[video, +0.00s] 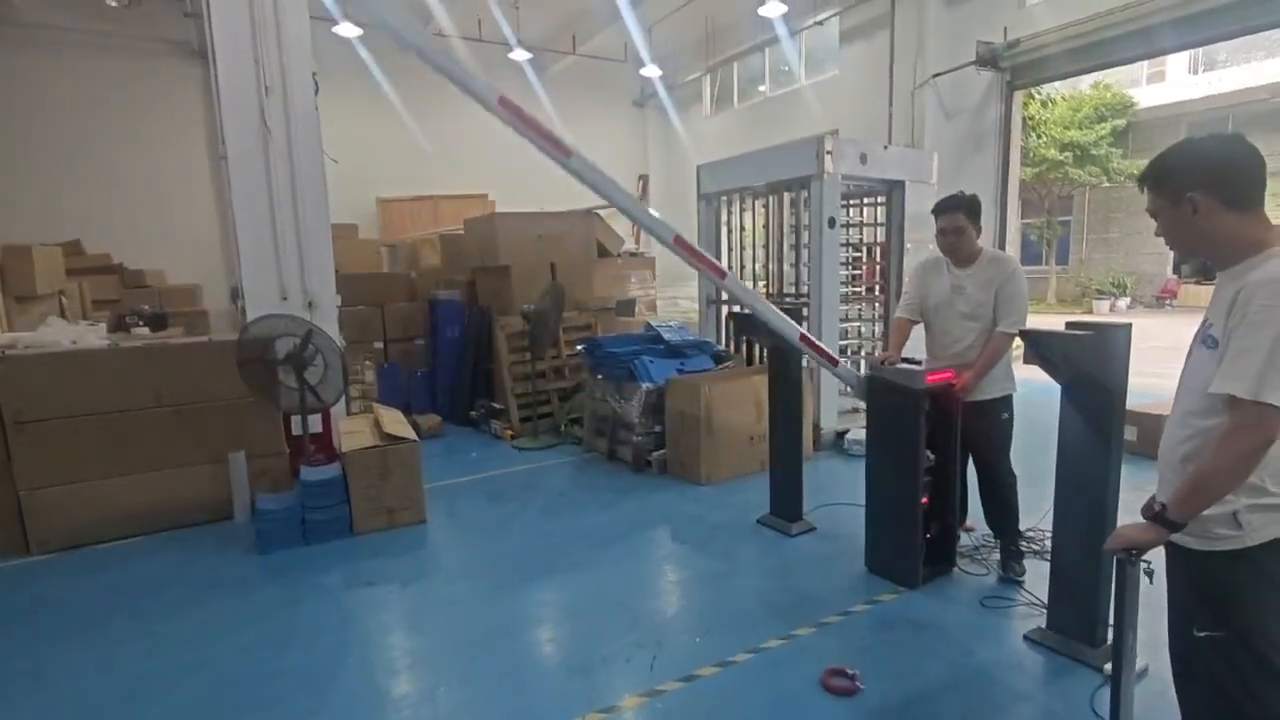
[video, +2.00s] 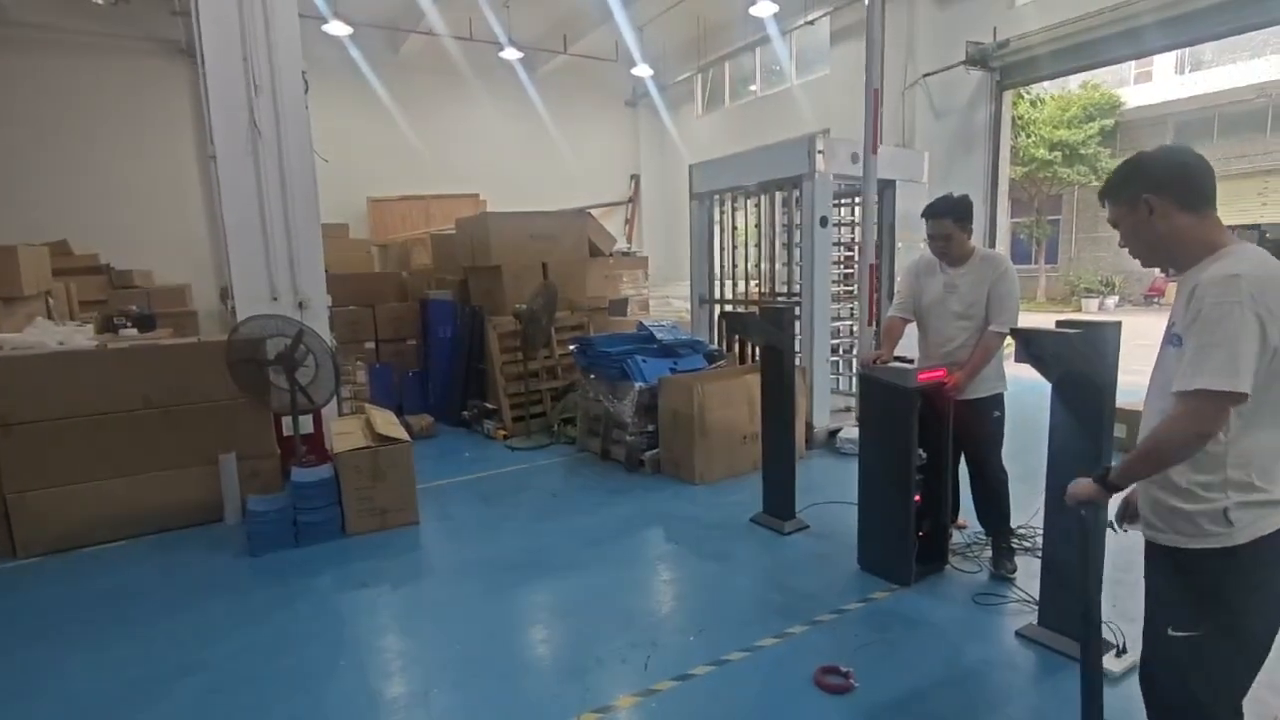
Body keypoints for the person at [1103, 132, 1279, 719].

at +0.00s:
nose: (1157, 232)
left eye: (1158, 216)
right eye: (1153, 218)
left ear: (1197, 205)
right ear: (1202, 204)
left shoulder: (1264, 286)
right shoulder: (1242, 281)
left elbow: (1257, 423)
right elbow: (1231, 413)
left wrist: (1164, 520)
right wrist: (1168, 503)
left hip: (1236, 551)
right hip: (1210, 545)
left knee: (1235, 704)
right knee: (1211, 700)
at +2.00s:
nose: (1124, 246)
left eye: (1120, 227)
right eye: (1117, 231)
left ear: (1153, 208)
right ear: (1161, 208)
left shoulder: (1225, 285)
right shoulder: (1225, 275)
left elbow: (1199, 419)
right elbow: (1220, 423)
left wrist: (1108, 481)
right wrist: (1154, 488)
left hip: (1215, 551)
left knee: (1185, 702)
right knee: (1184, 697)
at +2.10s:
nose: (1110, 240)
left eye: (1108, 224)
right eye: (1106, 227)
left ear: (1140, 209)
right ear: (1154, 207)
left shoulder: (1209, 288)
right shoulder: (1229, 274)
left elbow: (1174, 421)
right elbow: (1213, 425)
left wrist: (1091, 470)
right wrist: (1142, 491)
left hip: (1205, 546)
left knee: (1169, 701)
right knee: (1187, 699)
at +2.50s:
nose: (1012, 237)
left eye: (1011, 220)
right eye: (1010, 221)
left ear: (1030, 216)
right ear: (1093, 207)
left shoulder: (1042, 306)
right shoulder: (1153, 293)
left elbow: (992, 432)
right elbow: (1145, 411)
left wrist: (1001, 459)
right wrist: (1036, 448)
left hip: (1067, 569)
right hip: (1148, 556)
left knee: (1024, 703)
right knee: (1111, 674)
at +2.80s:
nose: (1025, 237)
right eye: (1028, 226)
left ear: (954, 220)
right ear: (1023, 224)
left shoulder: (903, 304)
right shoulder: (1070, 304)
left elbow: (905, 405)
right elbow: (1118, 426)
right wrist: (1091, 509)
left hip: (949, 541)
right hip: (1035, 540)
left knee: (970, 700)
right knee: (959, 696)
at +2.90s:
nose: (1001, 263)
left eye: (1006, 252)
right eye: (1006, 250)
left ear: (940, 231)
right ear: (1001, 241)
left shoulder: (875, 303)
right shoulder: (1034, 314)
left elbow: (868, 408)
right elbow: (1077, 434)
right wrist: (1072, 523)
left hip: (904, 533)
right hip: (993, 541)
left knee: (945, 693)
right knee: (911, 688)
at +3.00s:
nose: (995, 271)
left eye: (997, 260)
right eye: (997, 258)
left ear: (927, 237)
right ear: (984, 249)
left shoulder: (855, 298)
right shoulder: (997, 318)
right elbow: (1029, 439)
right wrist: (1030, 542)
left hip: (860, 528)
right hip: (941, 534)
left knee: (904, 685)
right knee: (888, 684)